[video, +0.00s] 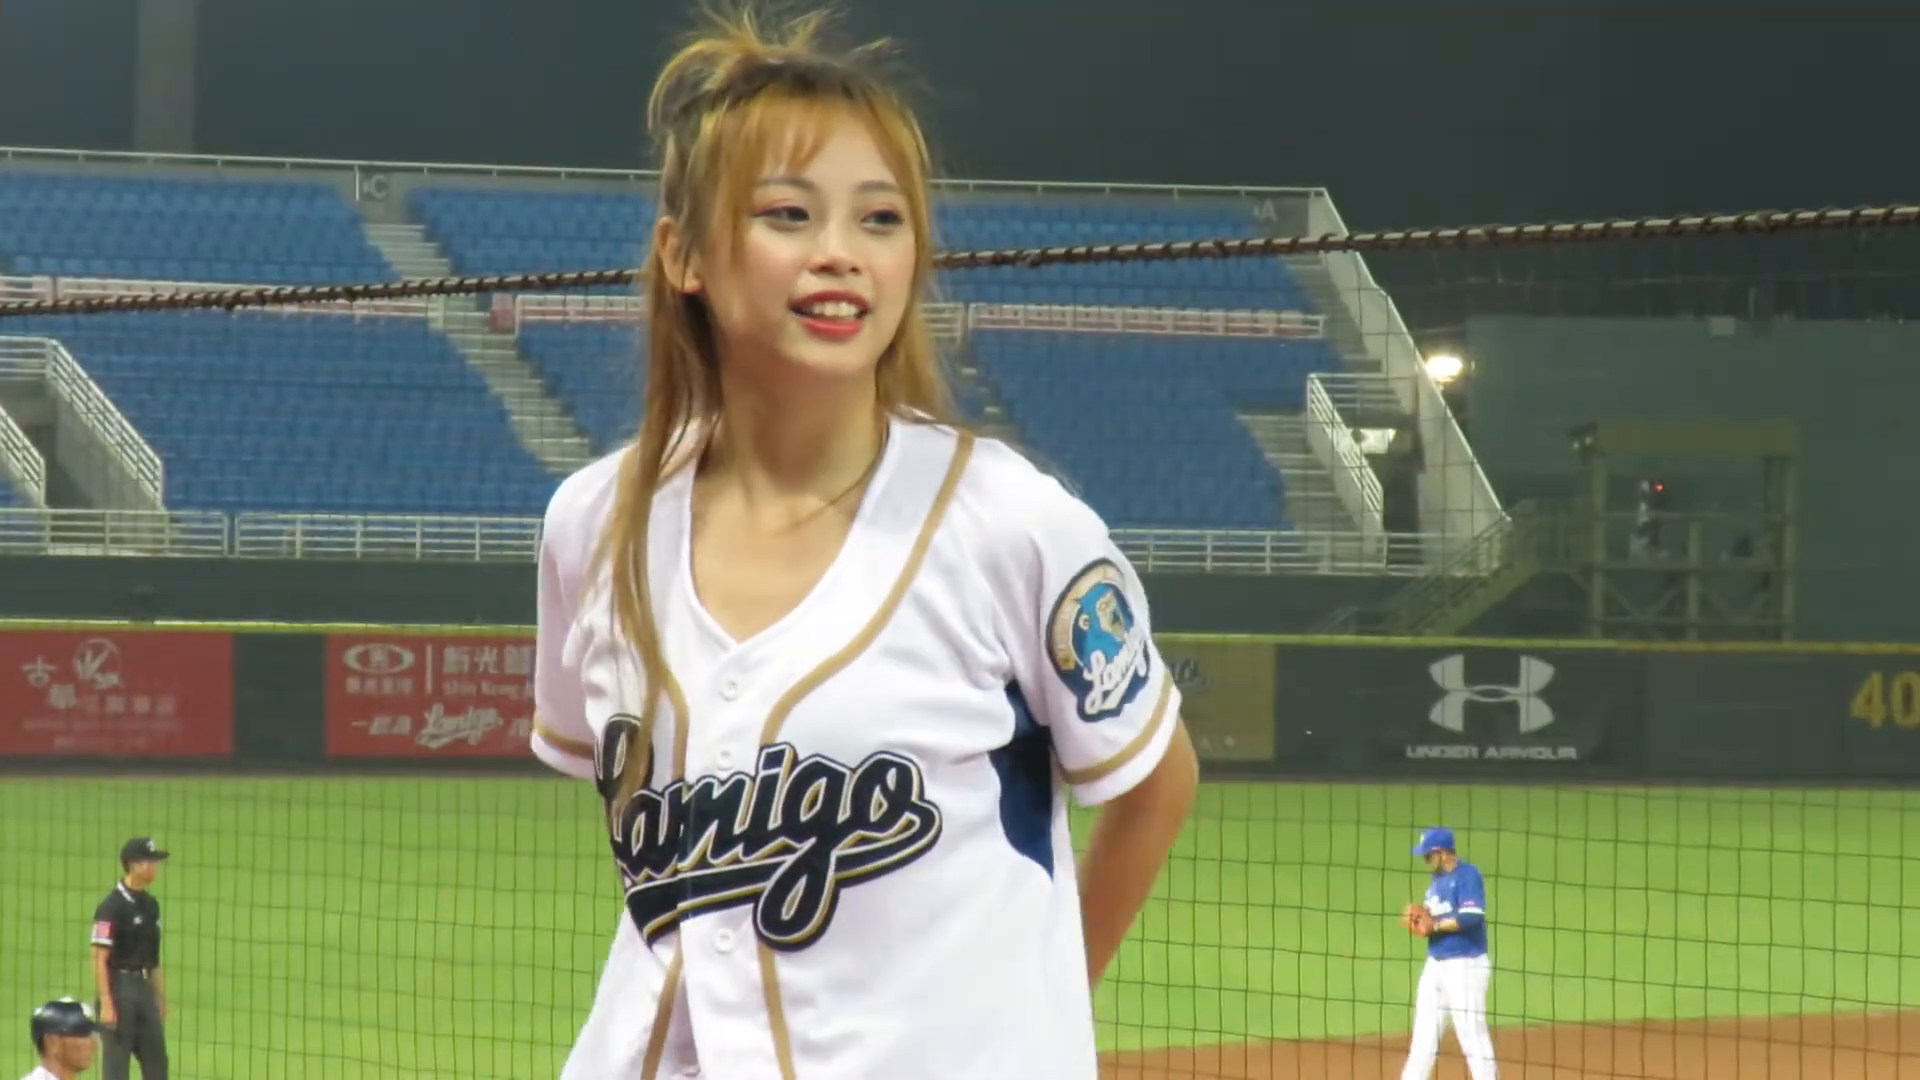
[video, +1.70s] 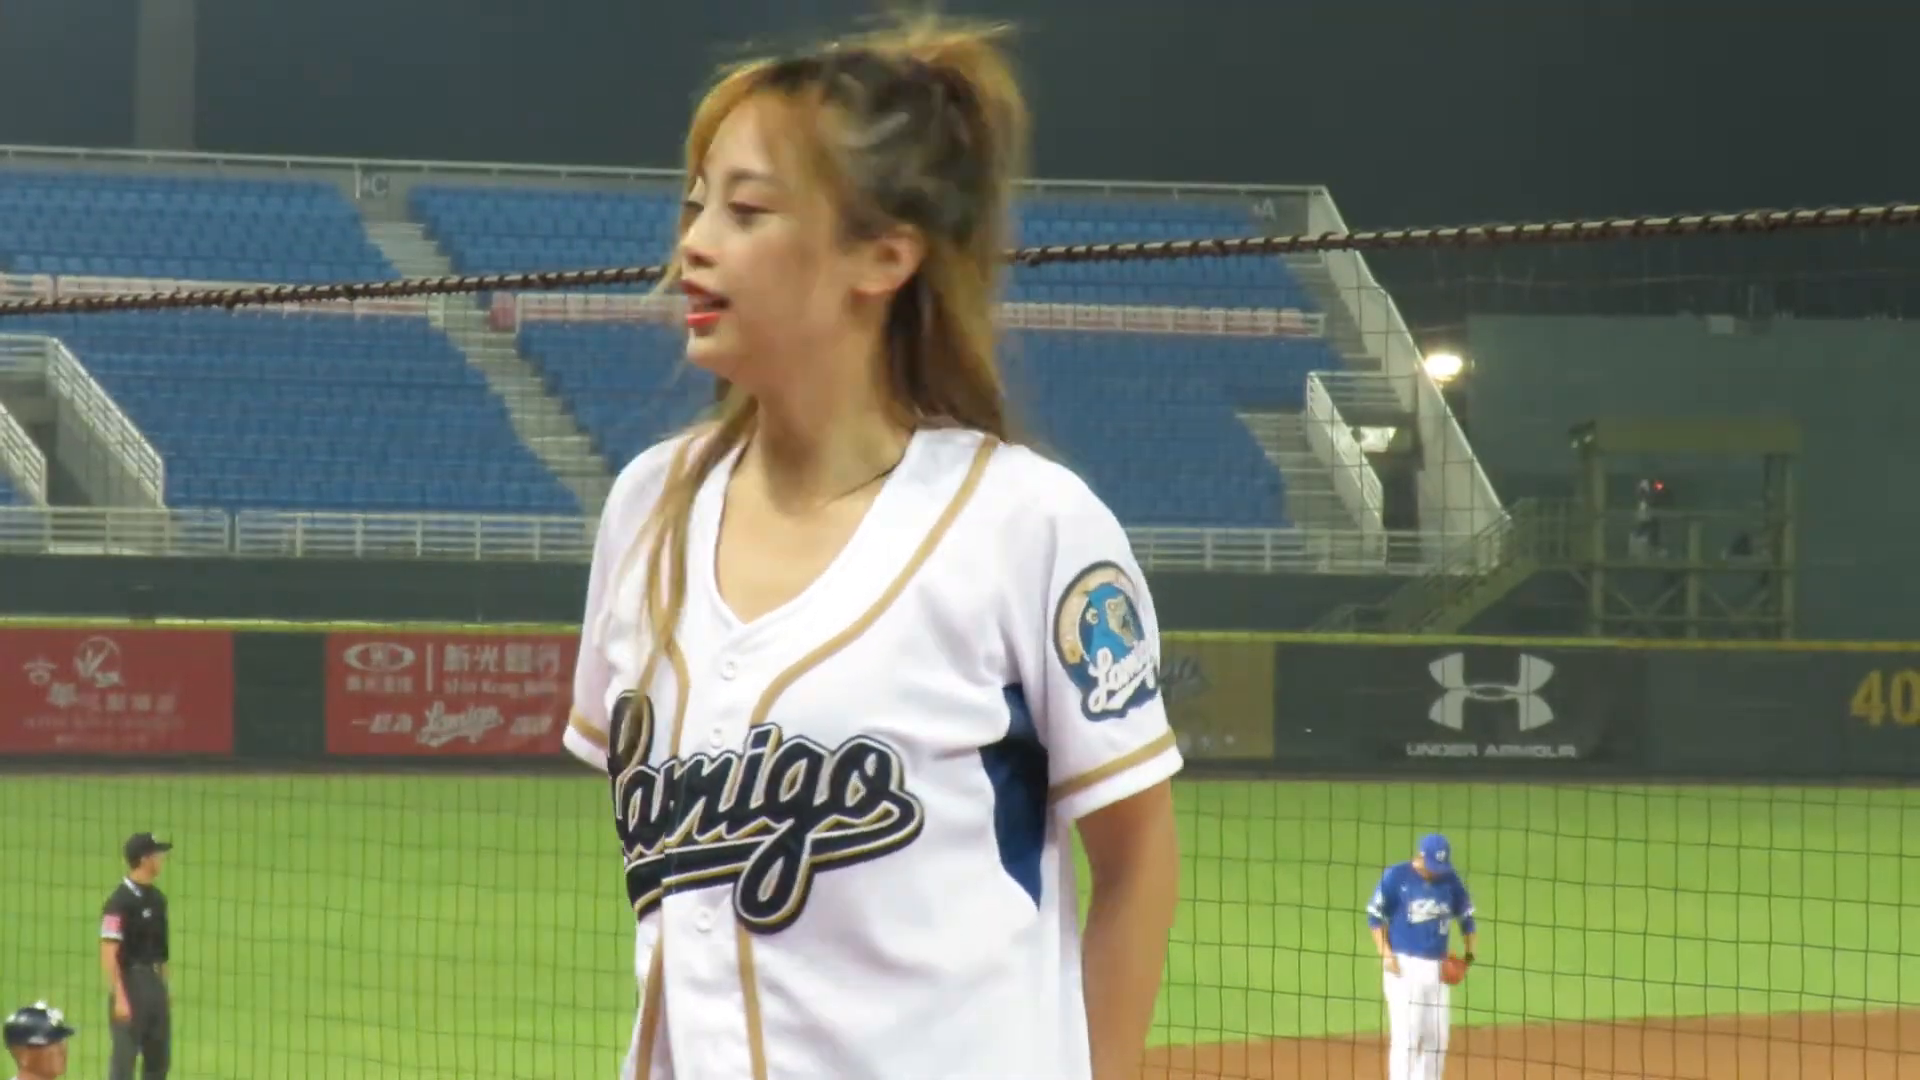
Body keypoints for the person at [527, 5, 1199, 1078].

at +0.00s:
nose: (841, 257)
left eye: (880, 219)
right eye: (788, 214)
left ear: (916, 263)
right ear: (688, 260)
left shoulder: (1019, 527)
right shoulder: (597, 523)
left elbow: (1156, 782)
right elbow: (632, 795)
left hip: (966, 1052)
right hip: (674, 1047)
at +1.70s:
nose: (691, 247)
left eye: (748, 210)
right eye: (698, 208)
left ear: (886, 258)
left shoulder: (1037, 524)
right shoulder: (650, 506)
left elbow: (1137, 859)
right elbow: (670, 851)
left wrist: (1097, 1072)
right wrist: (661, 1060)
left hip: (972, 1060)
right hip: (698, 1061)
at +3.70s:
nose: (684, 259)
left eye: (697, 224)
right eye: (691, 223)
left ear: (772, 259)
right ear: (775, 258)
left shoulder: (937, 529)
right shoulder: (781, 508)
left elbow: (1100, 900)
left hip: (885, 1055)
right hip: (720, 1051)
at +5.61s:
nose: (680, 259)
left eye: (695, 222)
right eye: (689, 220)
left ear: (772, 255)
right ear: (772, 255)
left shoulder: (927, 535)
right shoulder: (778, 500)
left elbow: (1089, 909)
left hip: (881, 1057)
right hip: (718, 1051)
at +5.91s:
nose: (685, 269)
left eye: (699, 228)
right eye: (693, 228)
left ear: (777, 255)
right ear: (774, 255)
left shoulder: (932, 536)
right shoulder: (780, 503)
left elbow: (1094, 916)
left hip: (881, 1057)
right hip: (717, 1052)